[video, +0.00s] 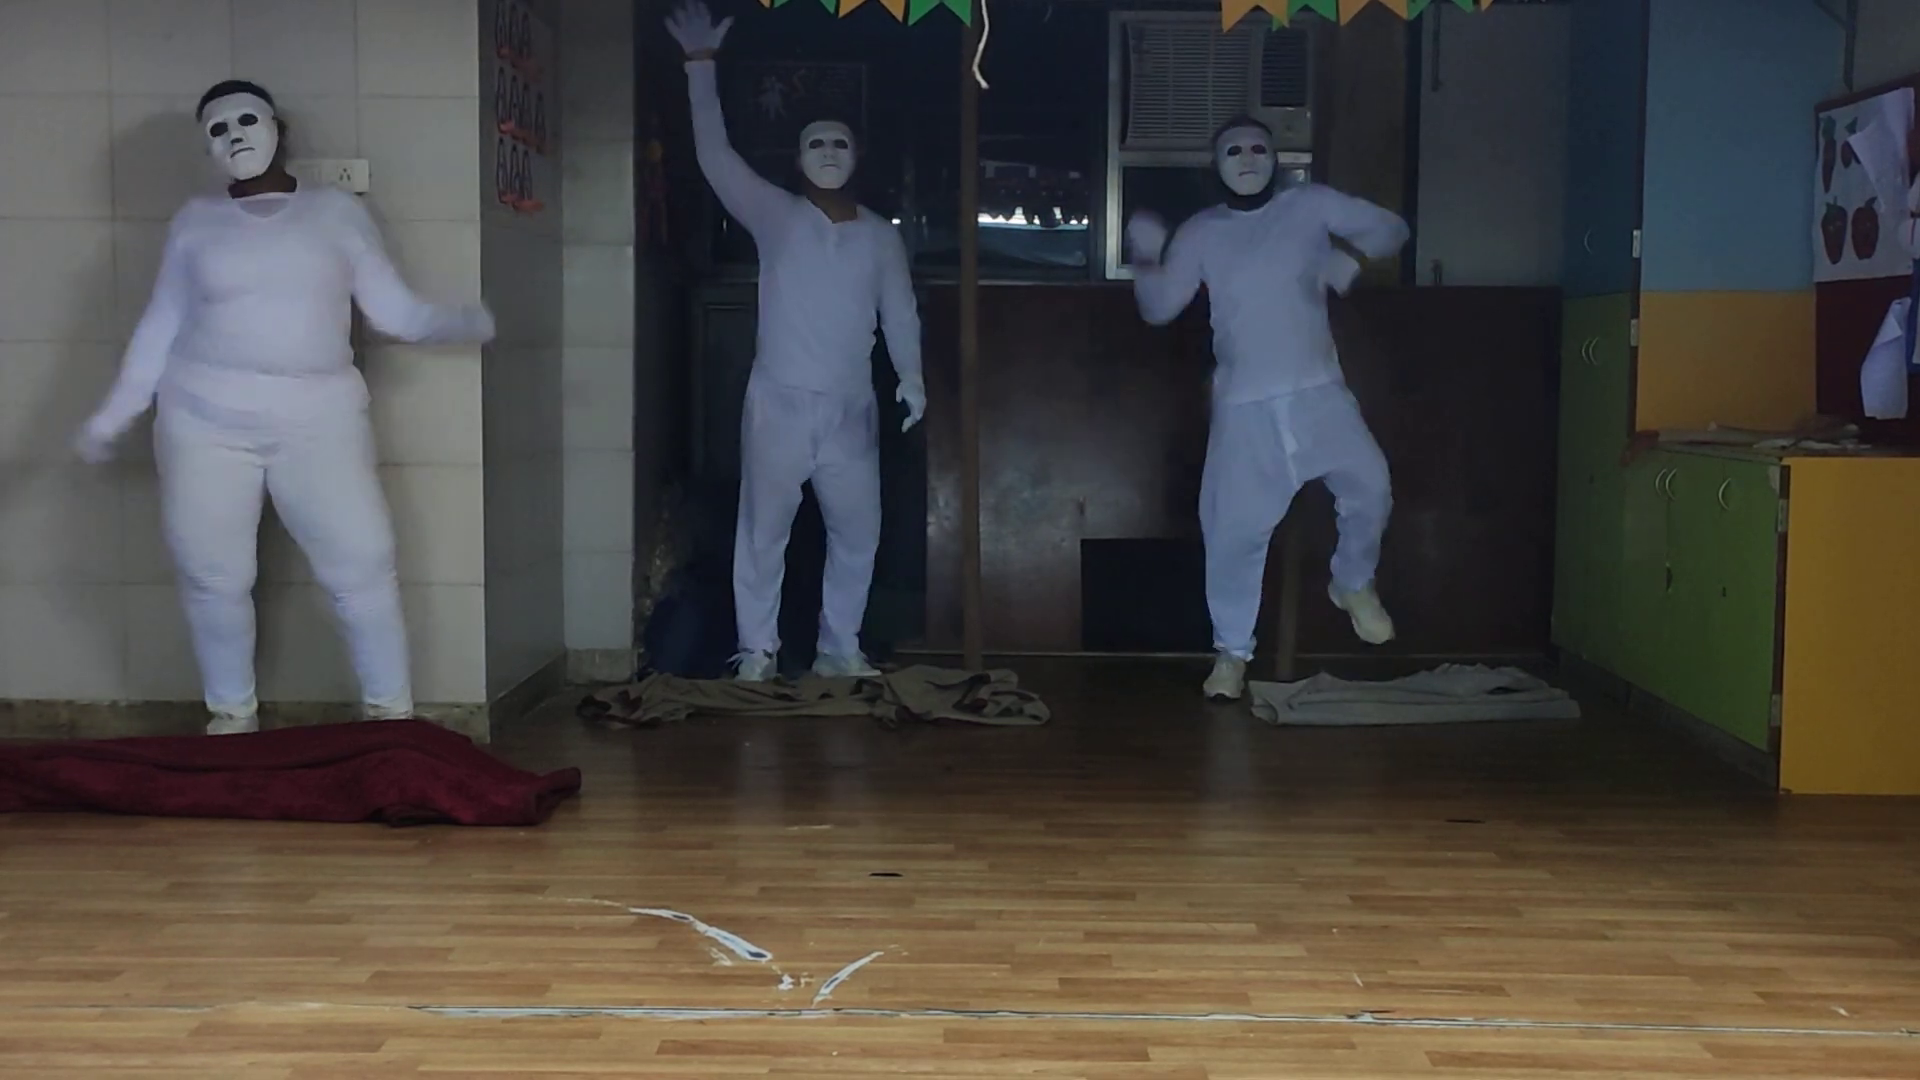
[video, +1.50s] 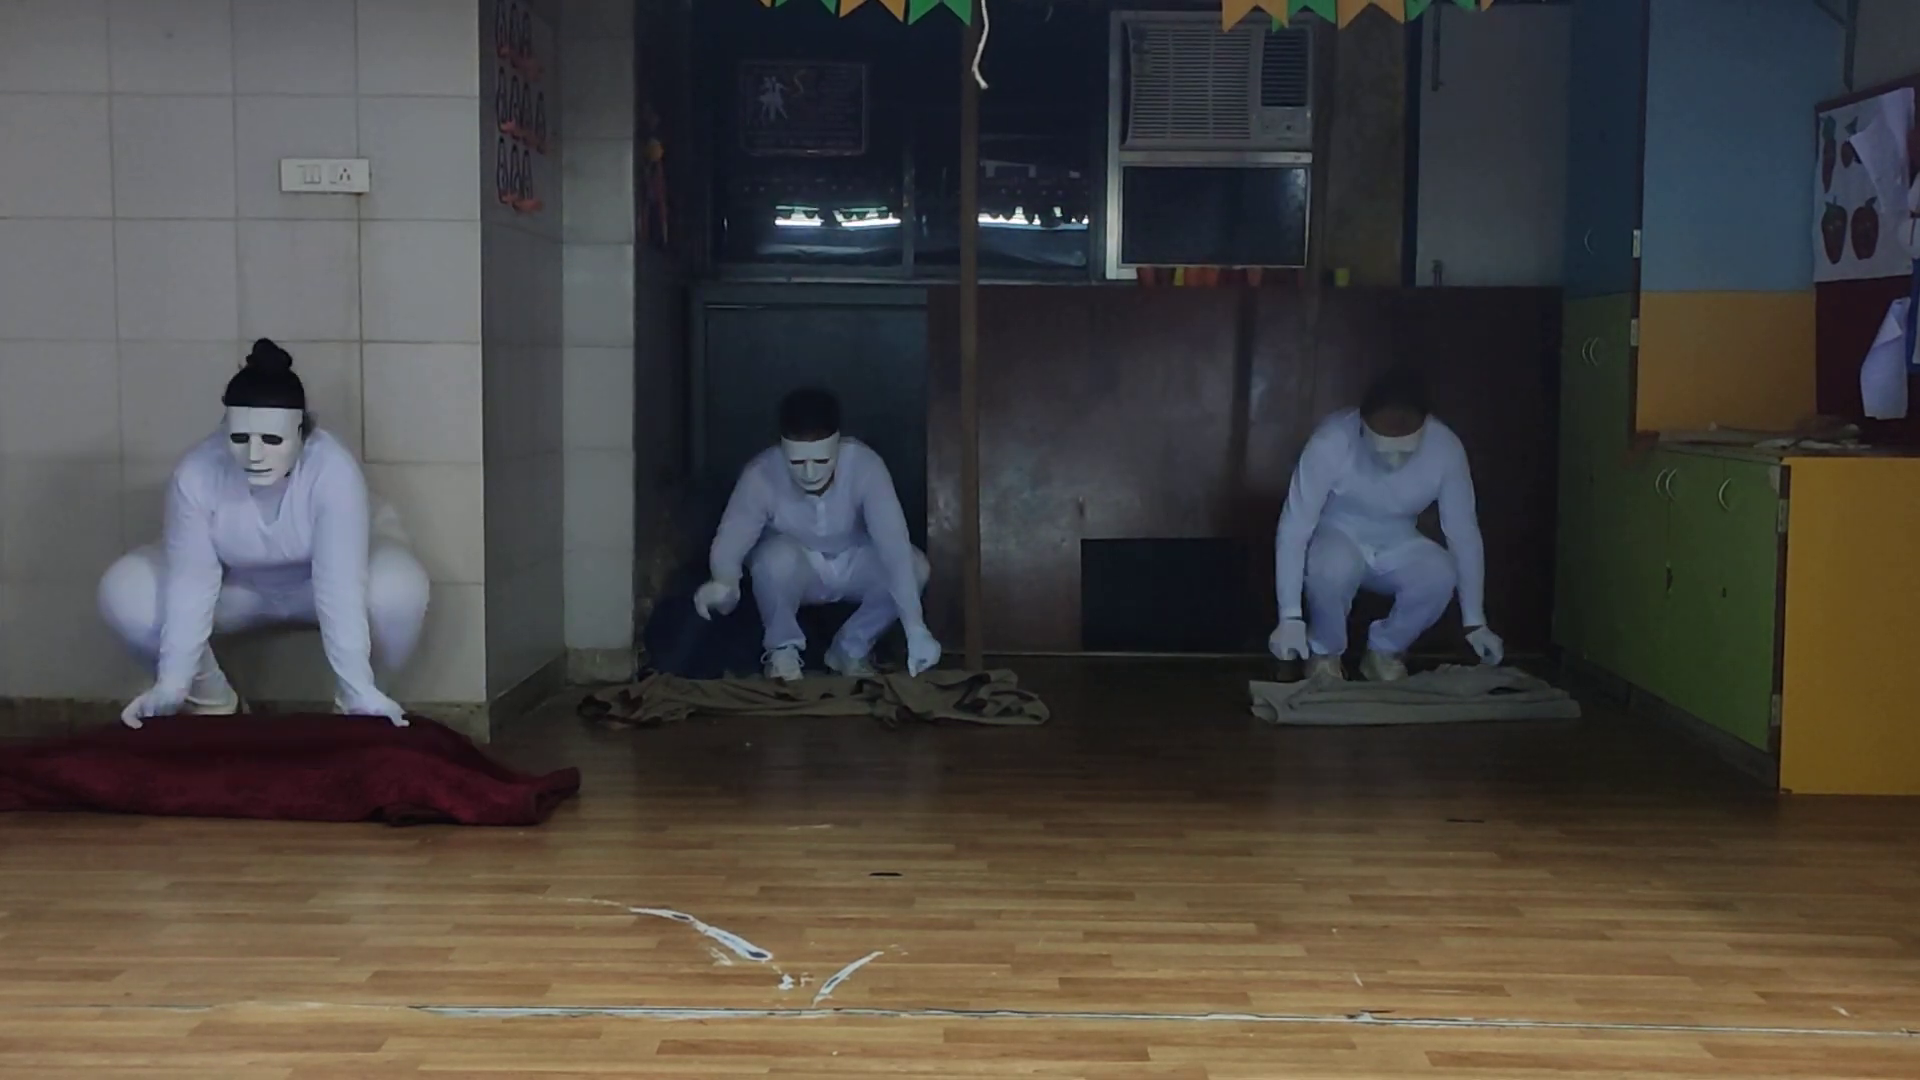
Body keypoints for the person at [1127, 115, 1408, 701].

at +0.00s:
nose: (1247, 159)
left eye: (1258, 150)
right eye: (1235, 152)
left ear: (1274, 160)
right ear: (1217, 165)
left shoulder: (1309, 205)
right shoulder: (1199, 233)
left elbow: (1390, 232)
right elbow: (1159, 307)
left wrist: (1351, 255)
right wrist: (1146, 260)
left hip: (1320, 392)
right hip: (1245, 404)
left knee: (1370, 490)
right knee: (1231, 527)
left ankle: (1353, 584)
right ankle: (1232, 653)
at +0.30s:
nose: (1324, 167)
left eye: (1334, 157)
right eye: (1310, 158)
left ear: (1348, 166)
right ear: (1289, 167)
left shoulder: (1370, 245)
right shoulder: (1267, 211)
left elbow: (1385, 325)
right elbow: (1194, 180)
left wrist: (1382, 391)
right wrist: (1198, 111)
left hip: (1353, 402)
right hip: (1283, 398)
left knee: (1358, 535)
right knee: (1265, 529)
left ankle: (1355, 652)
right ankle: (1237, 654)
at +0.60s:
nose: (1366, 173)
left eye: (1375, 162)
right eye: (1352, 164)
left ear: (1389, 170)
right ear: (1330, 173)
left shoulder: (1401, 250)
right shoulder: (1303, 215)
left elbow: (1412, 331)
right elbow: (1241, 198)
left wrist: (1426, 404)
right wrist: (1277, 130)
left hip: (1373, 408)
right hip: (1308, 405)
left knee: (1377, 532)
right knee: (1316, 529)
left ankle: (1357, 649)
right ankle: (1315, 647)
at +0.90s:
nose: (1384, 254)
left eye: (1395, 241)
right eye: (1369, 243)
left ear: (1409, 243)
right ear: (1350, 246)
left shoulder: (1425, 305)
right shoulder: (1323, 287)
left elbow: (1435, 389)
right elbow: (1252, 331)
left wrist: (1444, 468)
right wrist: (1289, 289)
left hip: (1380, 442)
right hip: (1313, 440)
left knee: (1404, 556)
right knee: (1325, 546)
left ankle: (1373, 652)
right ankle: (1320, 656)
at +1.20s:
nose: (1393, 377)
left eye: (1404, 367)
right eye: (1382, 367)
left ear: (1419, 352)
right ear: (1363, 352)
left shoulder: (1442, 378)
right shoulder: (1333, 368)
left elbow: (1456, 466)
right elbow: (1272, 441)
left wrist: (1466, 553)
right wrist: (1281, 471)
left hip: (1395, 481)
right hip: (1328, 474)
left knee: (1429, 562)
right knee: (1332, 551)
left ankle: (1379, 652)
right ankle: (1328, 655)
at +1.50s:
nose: (1394, 461)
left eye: (1405, 451)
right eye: (1383, 451)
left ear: (1422, 430)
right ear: (1364, 429)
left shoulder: (1445, 451)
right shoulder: (1332, 444)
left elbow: (1463, 534)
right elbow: (1292, 529)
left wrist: (1474, 623)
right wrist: (1290, 618)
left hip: (1399, 542)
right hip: (1337, 537)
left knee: (1438, 574)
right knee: (1332, 568)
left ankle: (1384, 652)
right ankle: (1326, 655)